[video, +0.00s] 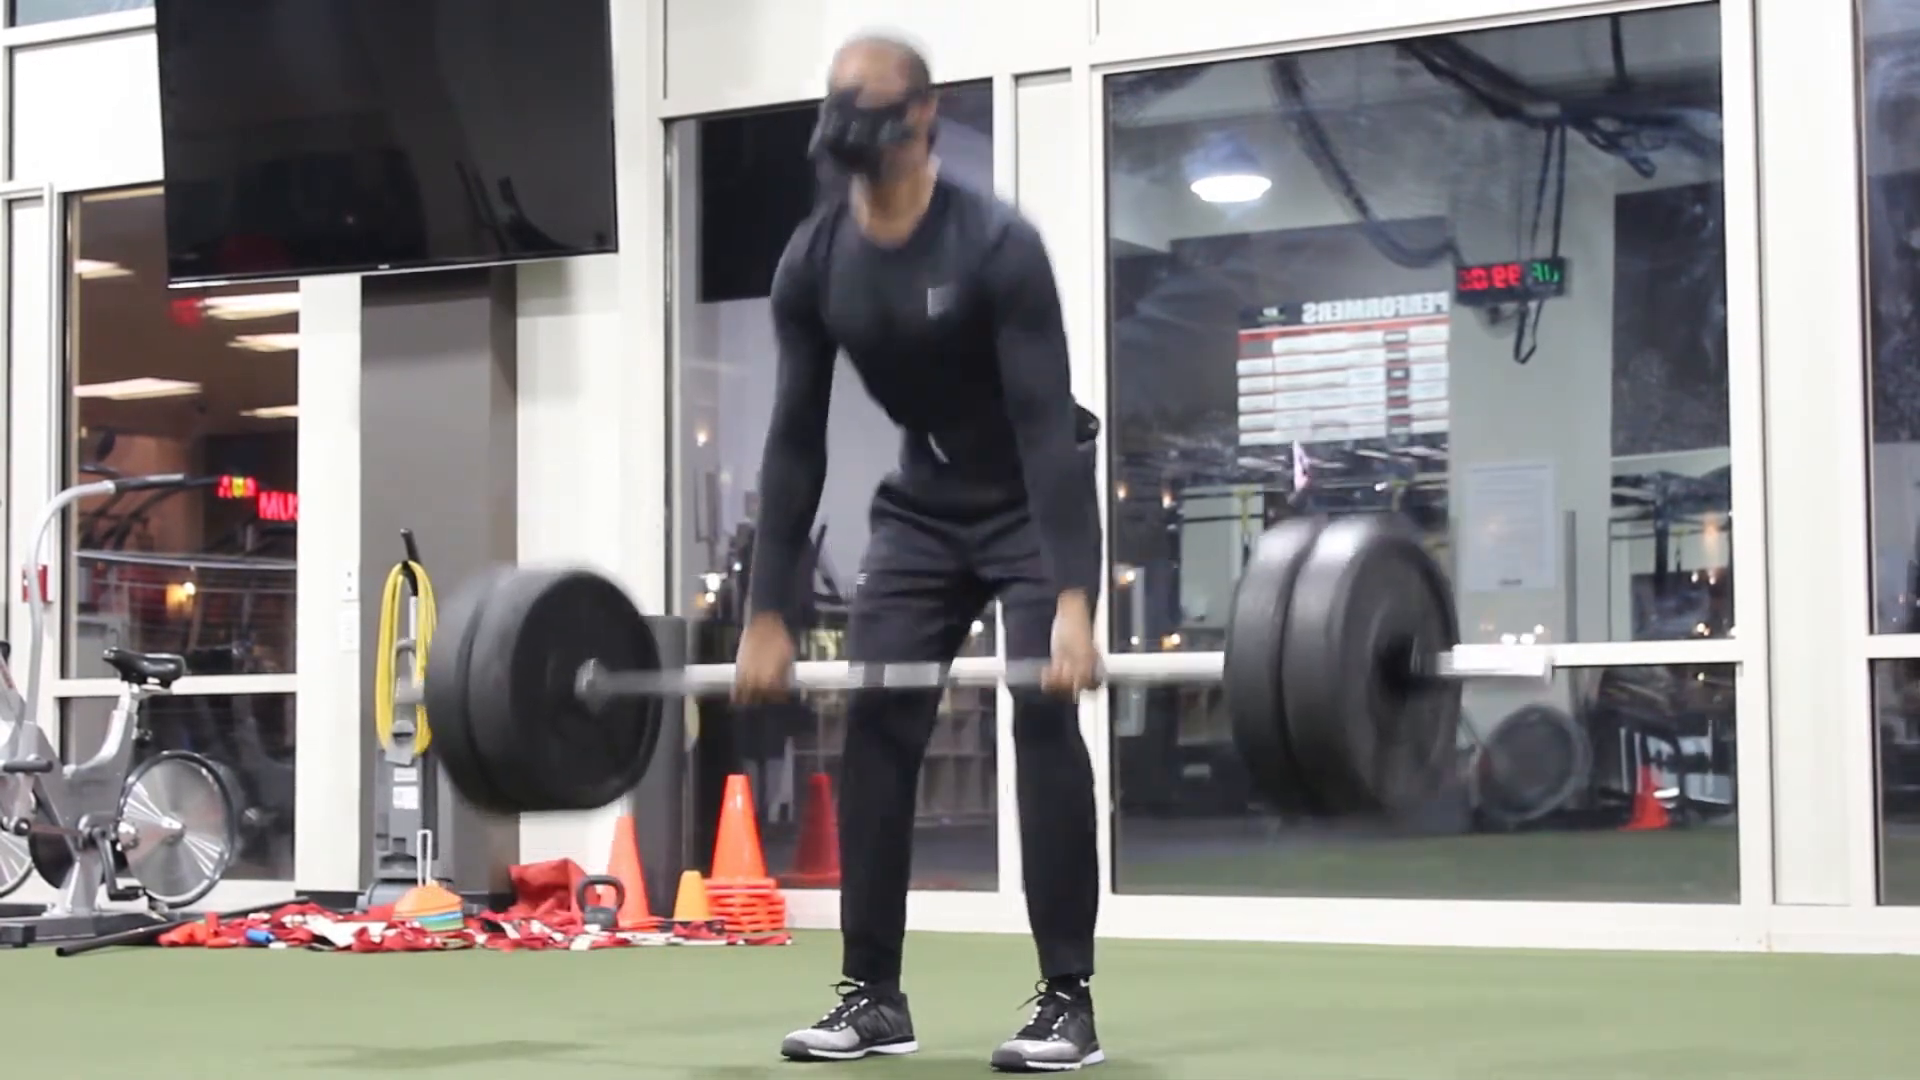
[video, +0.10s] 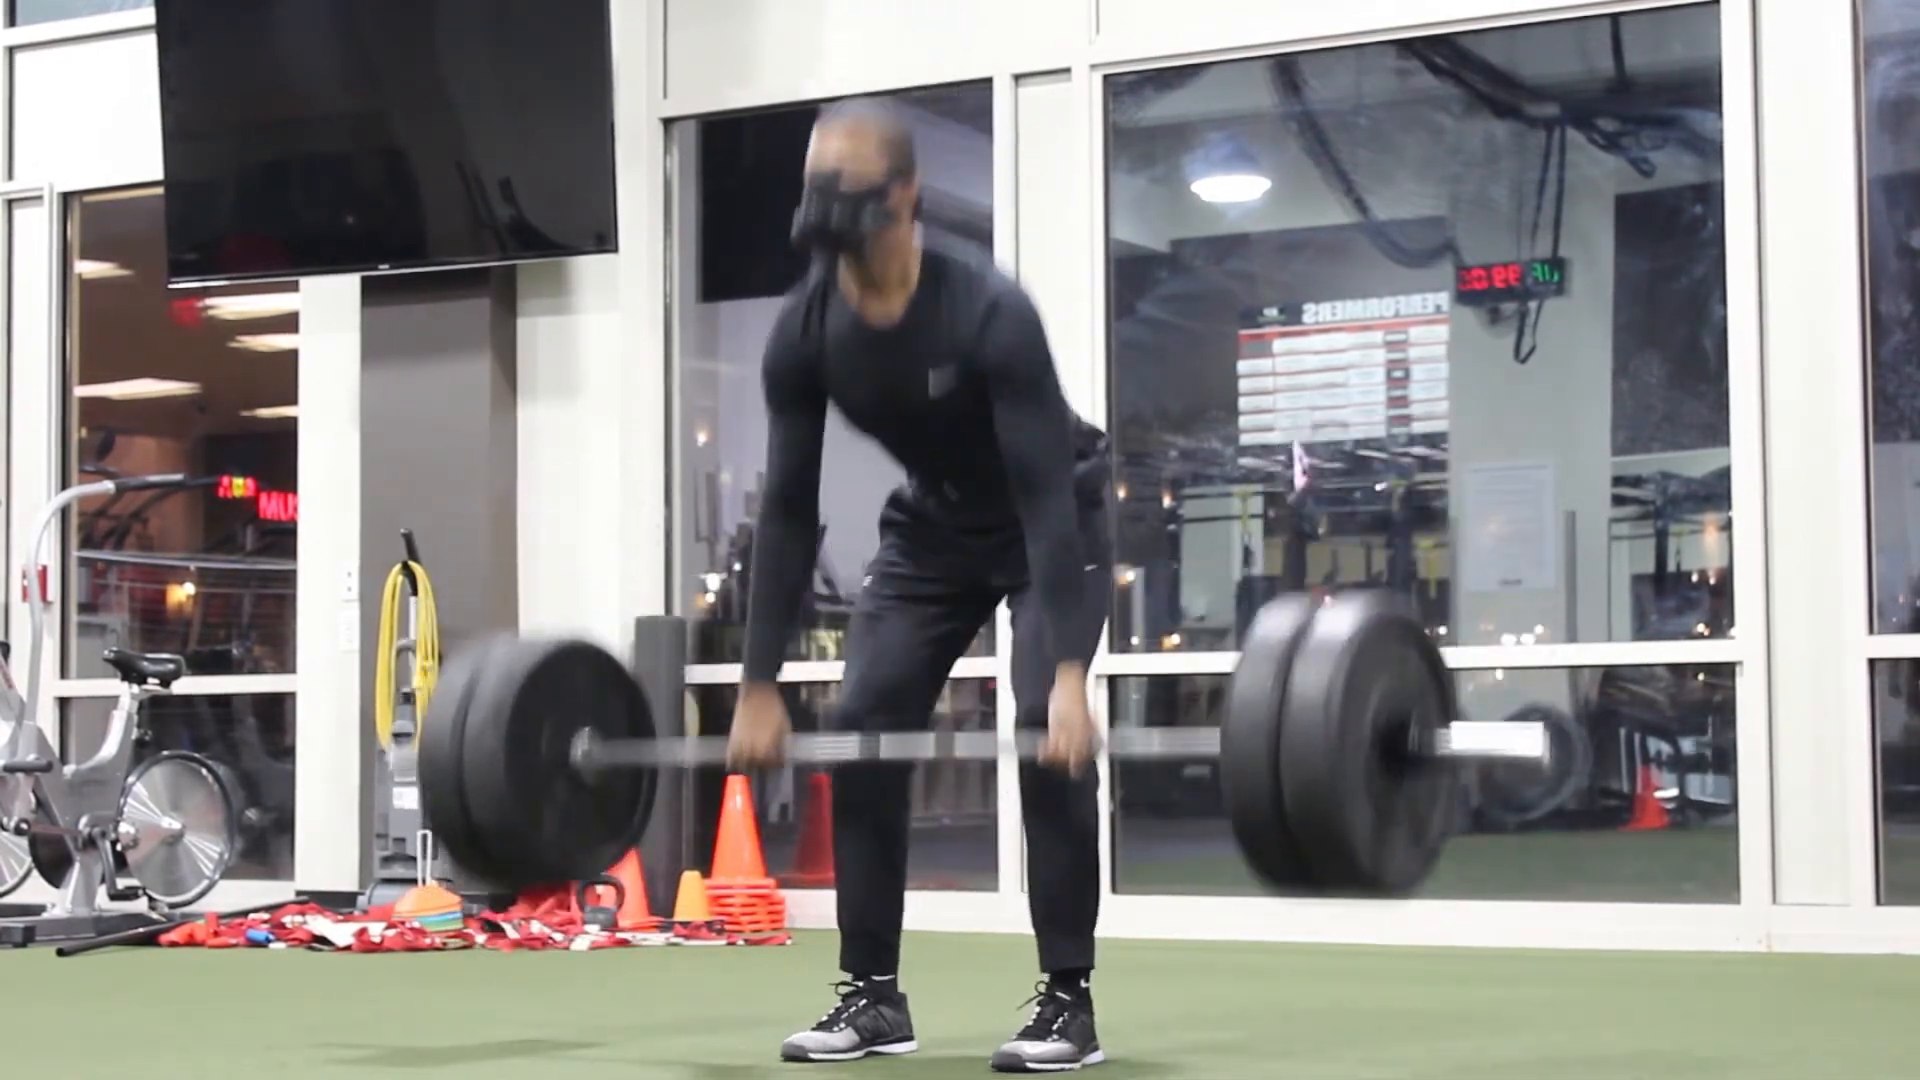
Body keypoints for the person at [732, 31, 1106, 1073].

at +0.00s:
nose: (852, 129)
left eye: (874, 112)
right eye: (841, 111)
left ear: (926, 116)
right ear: (828, 121)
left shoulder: (999, 244)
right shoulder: (811, 263)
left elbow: (1049, 424)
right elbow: (793, 440)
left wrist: (1073, 596)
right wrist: (769, 609)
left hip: (1037, 504)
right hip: (922, 505)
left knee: (1040, 710)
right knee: (879, 709)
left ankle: (1067, 998)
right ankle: (873, 996)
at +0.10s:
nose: (816, 201)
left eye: (839, 185)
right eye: (810, 184)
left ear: (904, 194)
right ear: (805, 191)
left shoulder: (992, 314)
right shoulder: (802, 335)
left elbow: (1050, 499)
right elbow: (789, 510)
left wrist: (1069, 669)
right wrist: (759, 679)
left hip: (1052, 516)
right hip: (936, 524)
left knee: (1050, 735)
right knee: (865, 725)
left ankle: (1065, 997)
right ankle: (872, 994)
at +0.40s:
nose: (790, 408)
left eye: (813, 393)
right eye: (782, 391)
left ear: (875, 406)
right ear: (771, 396)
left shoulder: (970, 490)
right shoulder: (778, 510)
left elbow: (1048, 671)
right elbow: (770, 679)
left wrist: (1079, 847)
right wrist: (762, 851)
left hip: (1047, 574)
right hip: (928, 598)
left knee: (1000, 732)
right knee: (818, 741)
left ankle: (1061, 1005)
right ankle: (870, 997)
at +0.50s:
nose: (787, 360)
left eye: (809, 344)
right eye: (779, 344)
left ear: (872, 355)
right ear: (771, 350)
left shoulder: (970, 448)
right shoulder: (775, 471)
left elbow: (1042, 636)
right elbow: (773, 643)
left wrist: (1078, 811)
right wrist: (764, 812)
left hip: (1040, 552)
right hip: (925, 573)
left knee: (1008, 734)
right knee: (827, 742)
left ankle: (1063, 1003)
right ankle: (871, 1000)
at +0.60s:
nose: (792, 324)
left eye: (814, 307)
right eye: (782, 307)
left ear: (873, 317)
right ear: (773, 313)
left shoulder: (969, 411)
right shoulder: (776, 432)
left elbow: (1047, 590)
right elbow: (775, 598)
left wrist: (1082, 763)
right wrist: (769, 770)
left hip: (1037, 529)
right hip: (919, 548)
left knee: (1024, 727)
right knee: (850, 728)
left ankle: (1064, 997)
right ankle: (872, 996)